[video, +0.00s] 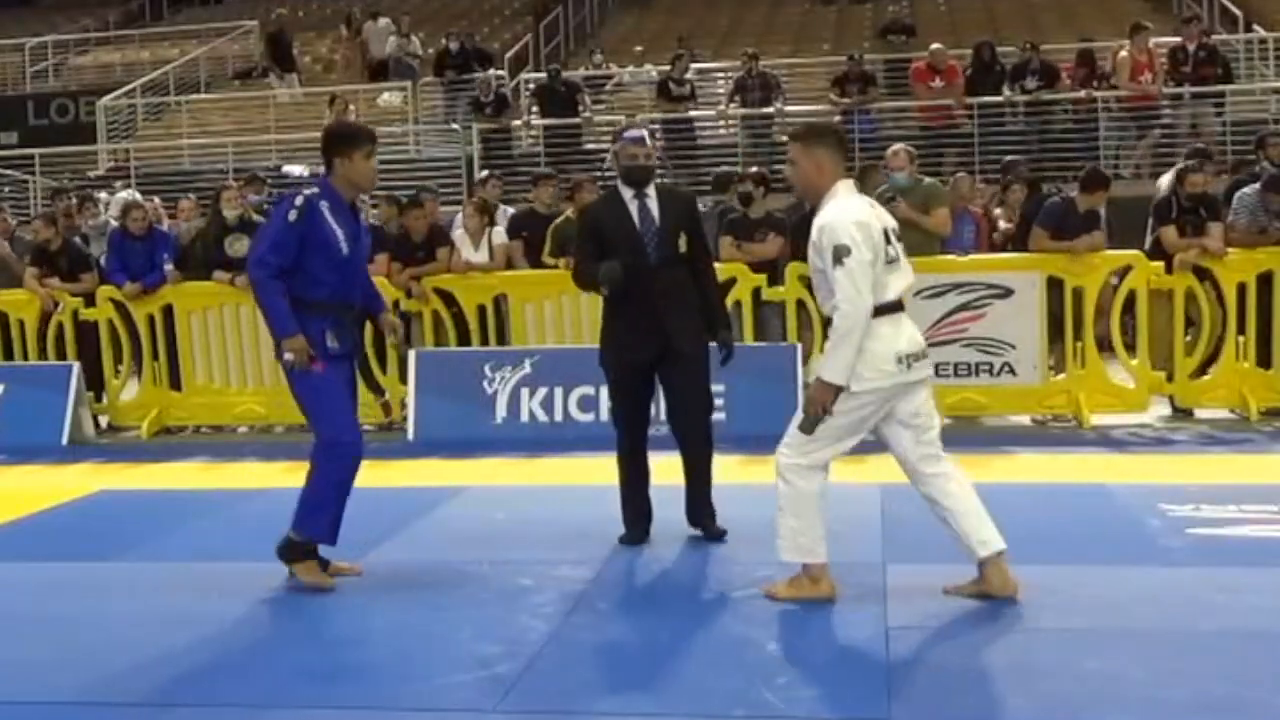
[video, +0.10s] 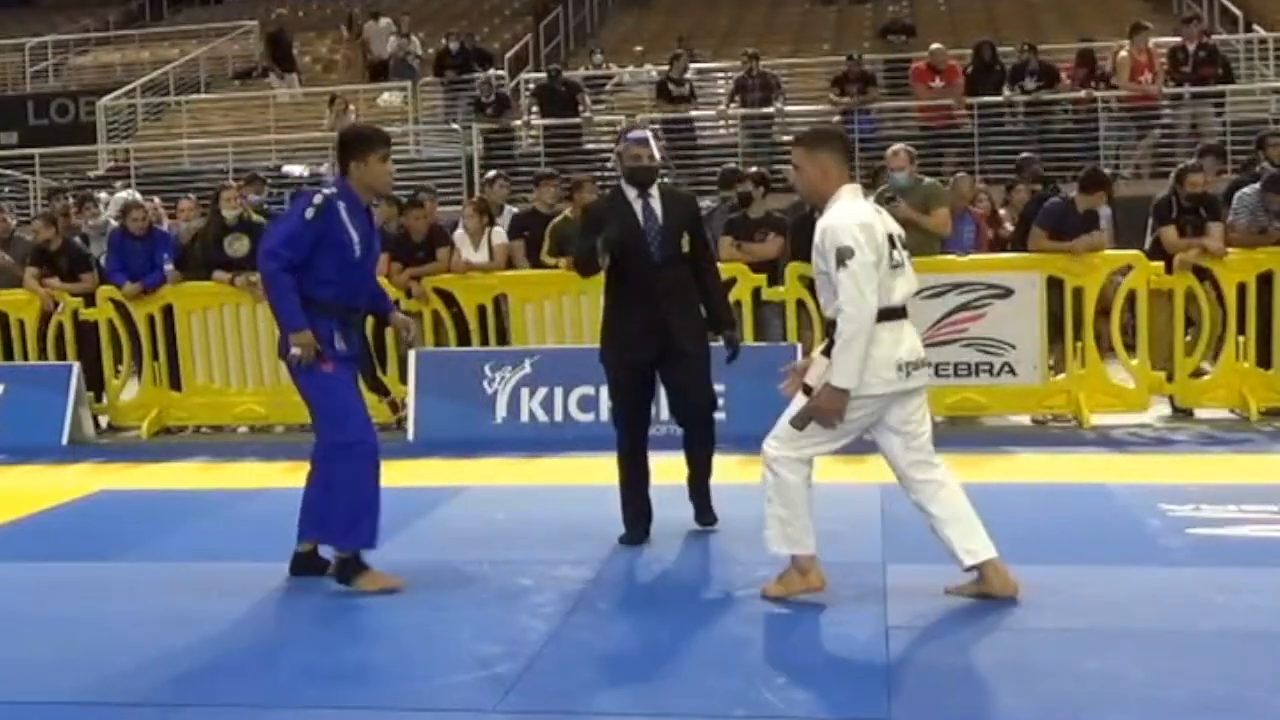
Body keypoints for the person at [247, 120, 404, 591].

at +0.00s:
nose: (376, 169)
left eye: (375, 160)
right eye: (370, 160)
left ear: (350, 163)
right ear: (342, 162)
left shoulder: (351, 214)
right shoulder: (301, 206)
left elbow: (355, 273)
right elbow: (261, 268)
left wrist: (381, 313)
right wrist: (287, 332)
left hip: (340, 338)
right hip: (308, 340)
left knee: (340, 441)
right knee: (342, 441)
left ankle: (311, 545)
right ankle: (301, 543)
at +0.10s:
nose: (391, 171)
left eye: (390, 162)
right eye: (384, 162)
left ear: (365, 166)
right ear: (358, 165)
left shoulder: (363, 215)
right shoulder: (320, 203)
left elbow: (359, 279)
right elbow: (272, 258)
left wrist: (392, 312)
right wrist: (295, 326)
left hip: (343, 338)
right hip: (314, 338)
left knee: (335, 441)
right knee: (356, 438)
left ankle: (307, 549)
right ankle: (348, 559)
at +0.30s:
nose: (436, 196)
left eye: (437, 187)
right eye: (429, 187)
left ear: (411, 188)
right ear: (402, 187)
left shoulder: (396, 230)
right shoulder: (367, 221)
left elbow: (367, 287)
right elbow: (314, 275)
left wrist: (391, 322)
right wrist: (352, 339)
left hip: (348, 349)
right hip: (326, 351)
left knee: (342, 449)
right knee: (372, 452)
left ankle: (309, 551)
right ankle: (386, 566)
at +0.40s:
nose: (463, 219)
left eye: (465, 208)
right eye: (458, 208)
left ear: (431, 205)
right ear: (432, 204)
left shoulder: (400, 235)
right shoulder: (389, 240)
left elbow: (377, 305)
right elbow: (348, 294)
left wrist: (414, 348)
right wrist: (412, 346)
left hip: (319, 342)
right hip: (329, 347)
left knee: (334, 450)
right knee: (375, 454)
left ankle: (307, 551)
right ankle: (385, 566)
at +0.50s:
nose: (475, 241)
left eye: (478, 231)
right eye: (473, 229)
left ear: (444, 219)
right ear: (447, 219)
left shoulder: (403, 231)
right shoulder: (405, 254)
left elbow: (417, 310)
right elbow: (417, 319)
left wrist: (478, 346)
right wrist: (490, 350)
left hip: (310, 332)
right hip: (330, 345)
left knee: (321, 441)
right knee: (380, 454)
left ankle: (297, 547)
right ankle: (385, 566)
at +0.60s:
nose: (481, 249)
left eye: (483, 240)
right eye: (476, 239)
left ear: (444, 229)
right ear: (450, 234)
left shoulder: (407, 230)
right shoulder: (425, 275)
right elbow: (468, 326)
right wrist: (547, 342)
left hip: (309, 330)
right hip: (332, 348)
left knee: (308, 440)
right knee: (383, 452)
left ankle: (285, 540)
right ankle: (387, 567)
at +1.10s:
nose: (455, 225)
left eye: (455, 216)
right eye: (450, 215)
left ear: (419, 212)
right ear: (423, 212)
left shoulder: (382, 226)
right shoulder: (394, 258)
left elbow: (340, 276)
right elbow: (441, 316)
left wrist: (364, 328)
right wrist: (499, 354)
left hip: (309, 333)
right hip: (321, 347)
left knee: (332, 442)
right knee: (376, 450)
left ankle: (287, 529)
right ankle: (385, 565)